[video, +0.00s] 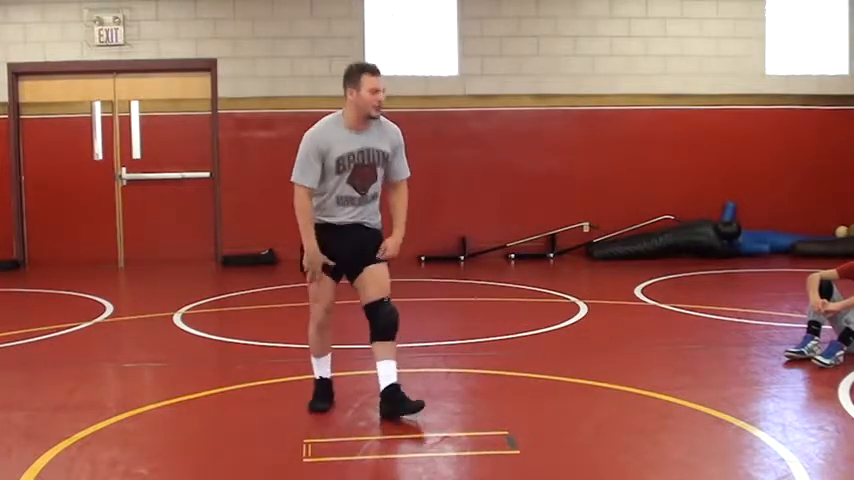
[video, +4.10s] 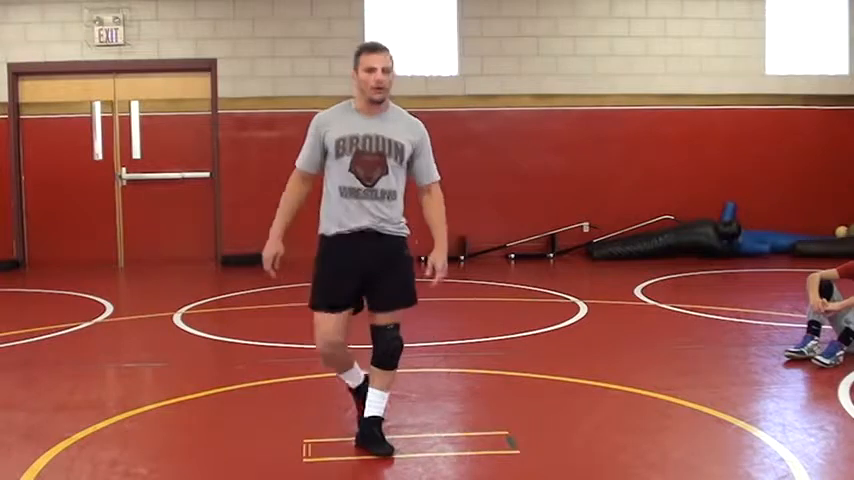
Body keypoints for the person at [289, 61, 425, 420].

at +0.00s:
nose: (381, 98)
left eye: (382, 92)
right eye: (374, 92)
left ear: (379, 95)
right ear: (351, 93)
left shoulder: (390, 135)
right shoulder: (318, 137)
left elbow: (398, 185)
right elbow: (302, 193)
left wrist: (397, 233)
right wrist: (310, 248)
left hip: (367, 230)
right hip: (324, 230)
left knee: (383, 313)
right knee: (321, 313)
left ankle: (390, 393)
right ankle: (322, 384)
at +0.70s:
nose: (409, 152)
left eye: (412, 144)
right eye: (402, 145)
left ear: (415, 142)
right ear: (381, 142)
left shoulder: (416, 167)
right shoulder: (347, 169)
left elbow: (408, 214)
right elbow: (328, 220)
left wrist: (393, 257)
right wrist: (331, 270)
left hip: (373, 233)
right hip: (332, 233)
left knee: (399, 303)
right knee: (323, 306)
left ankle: (397, 377)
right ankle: (322, 383)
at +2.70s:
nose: (401, 101)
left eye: (408, 94)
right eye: (394, 94)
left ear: (419, 91)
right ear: (384, 90)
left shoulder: (436, 130)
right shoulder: (361, 127)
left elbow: (446, 184)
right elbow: (341, 179)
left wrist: (448, 235)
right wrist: (336, 230)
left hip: (413, 230)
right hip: (369, 229)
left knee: (409, 309)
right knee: (369, 310)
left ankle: (397, 376)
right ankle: (369, 390)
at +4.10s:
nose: (379, 78)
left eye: (385, 70)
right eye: (370, 70)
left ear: (394, 77)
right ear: (354, 76)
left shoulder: (412, 129)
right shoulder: (326, 123)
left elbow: (430, 190)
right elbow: (300, 180)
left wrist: (441, 246)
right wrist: (275, 235)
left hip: (389, 244)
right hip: (337, 243)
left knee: (388, 342)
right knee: (328, 346)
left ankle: (372, 426)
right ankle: (360, 385)